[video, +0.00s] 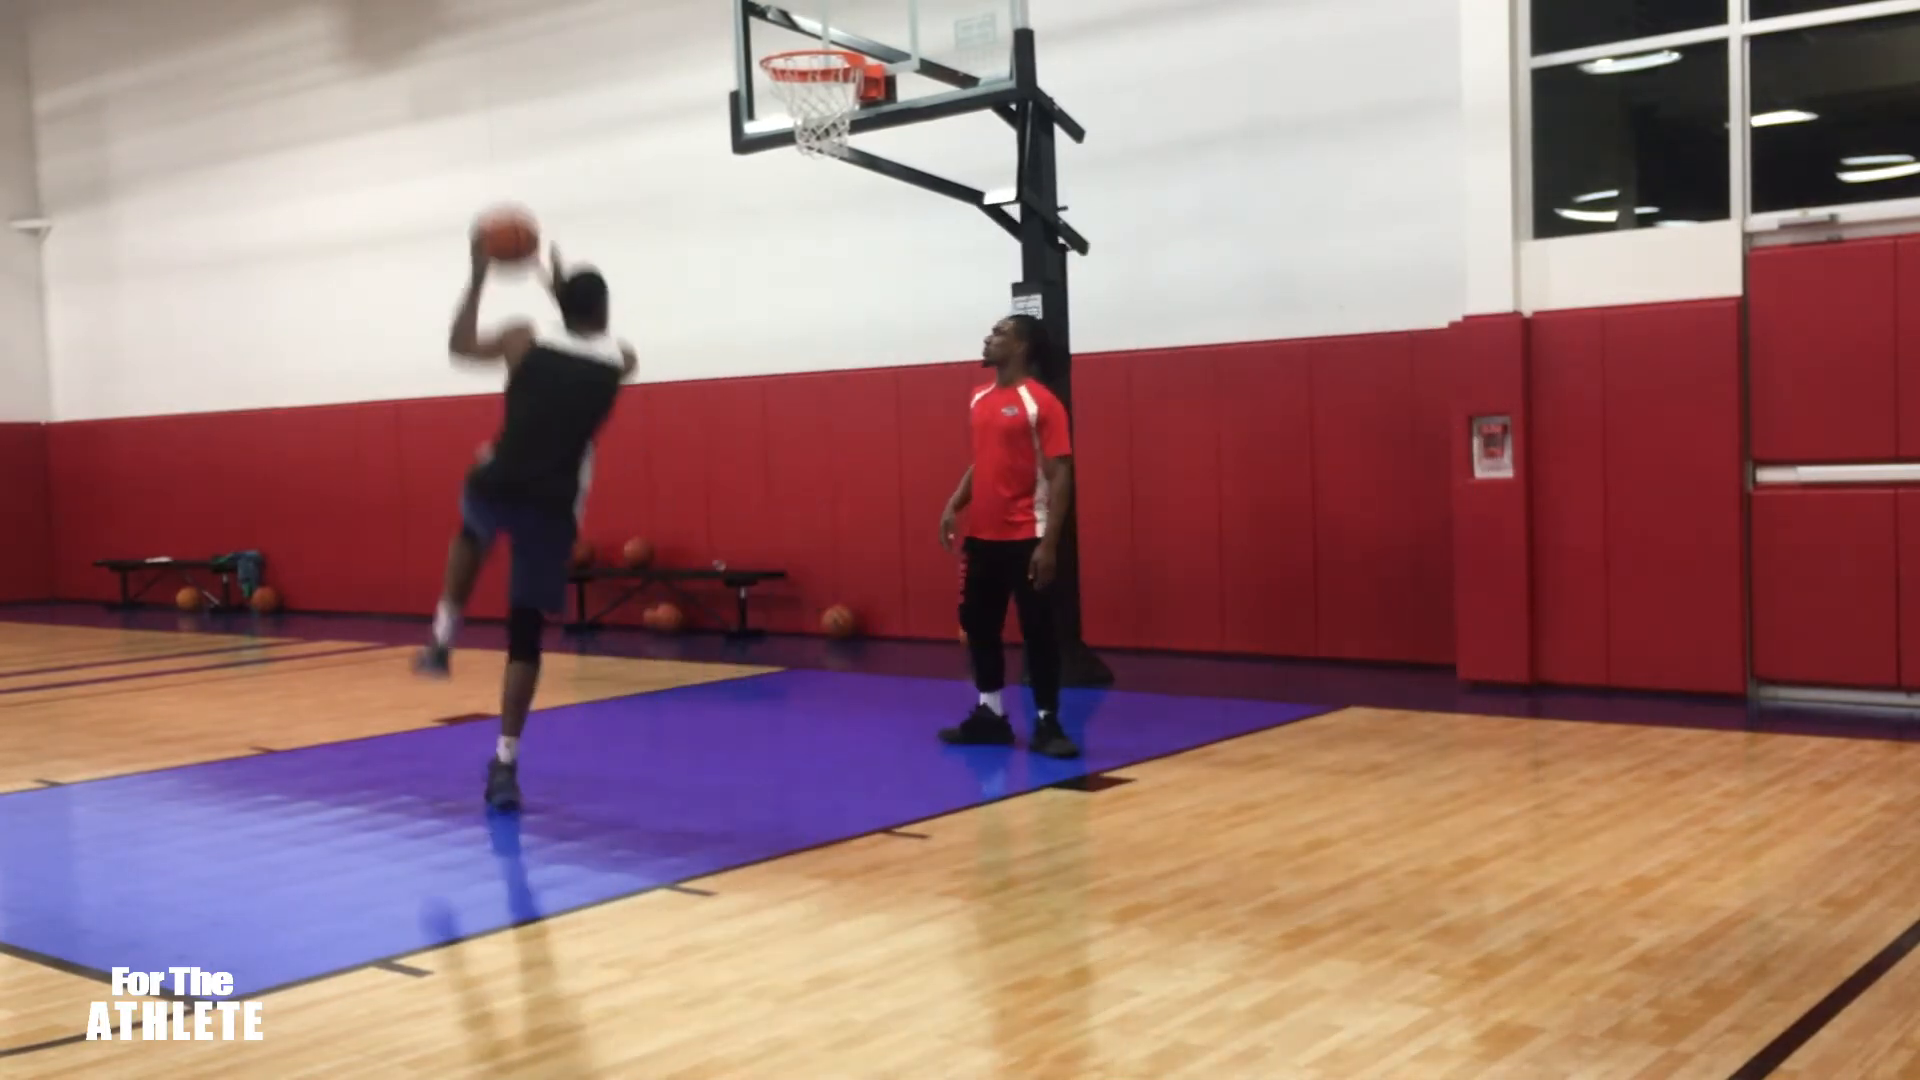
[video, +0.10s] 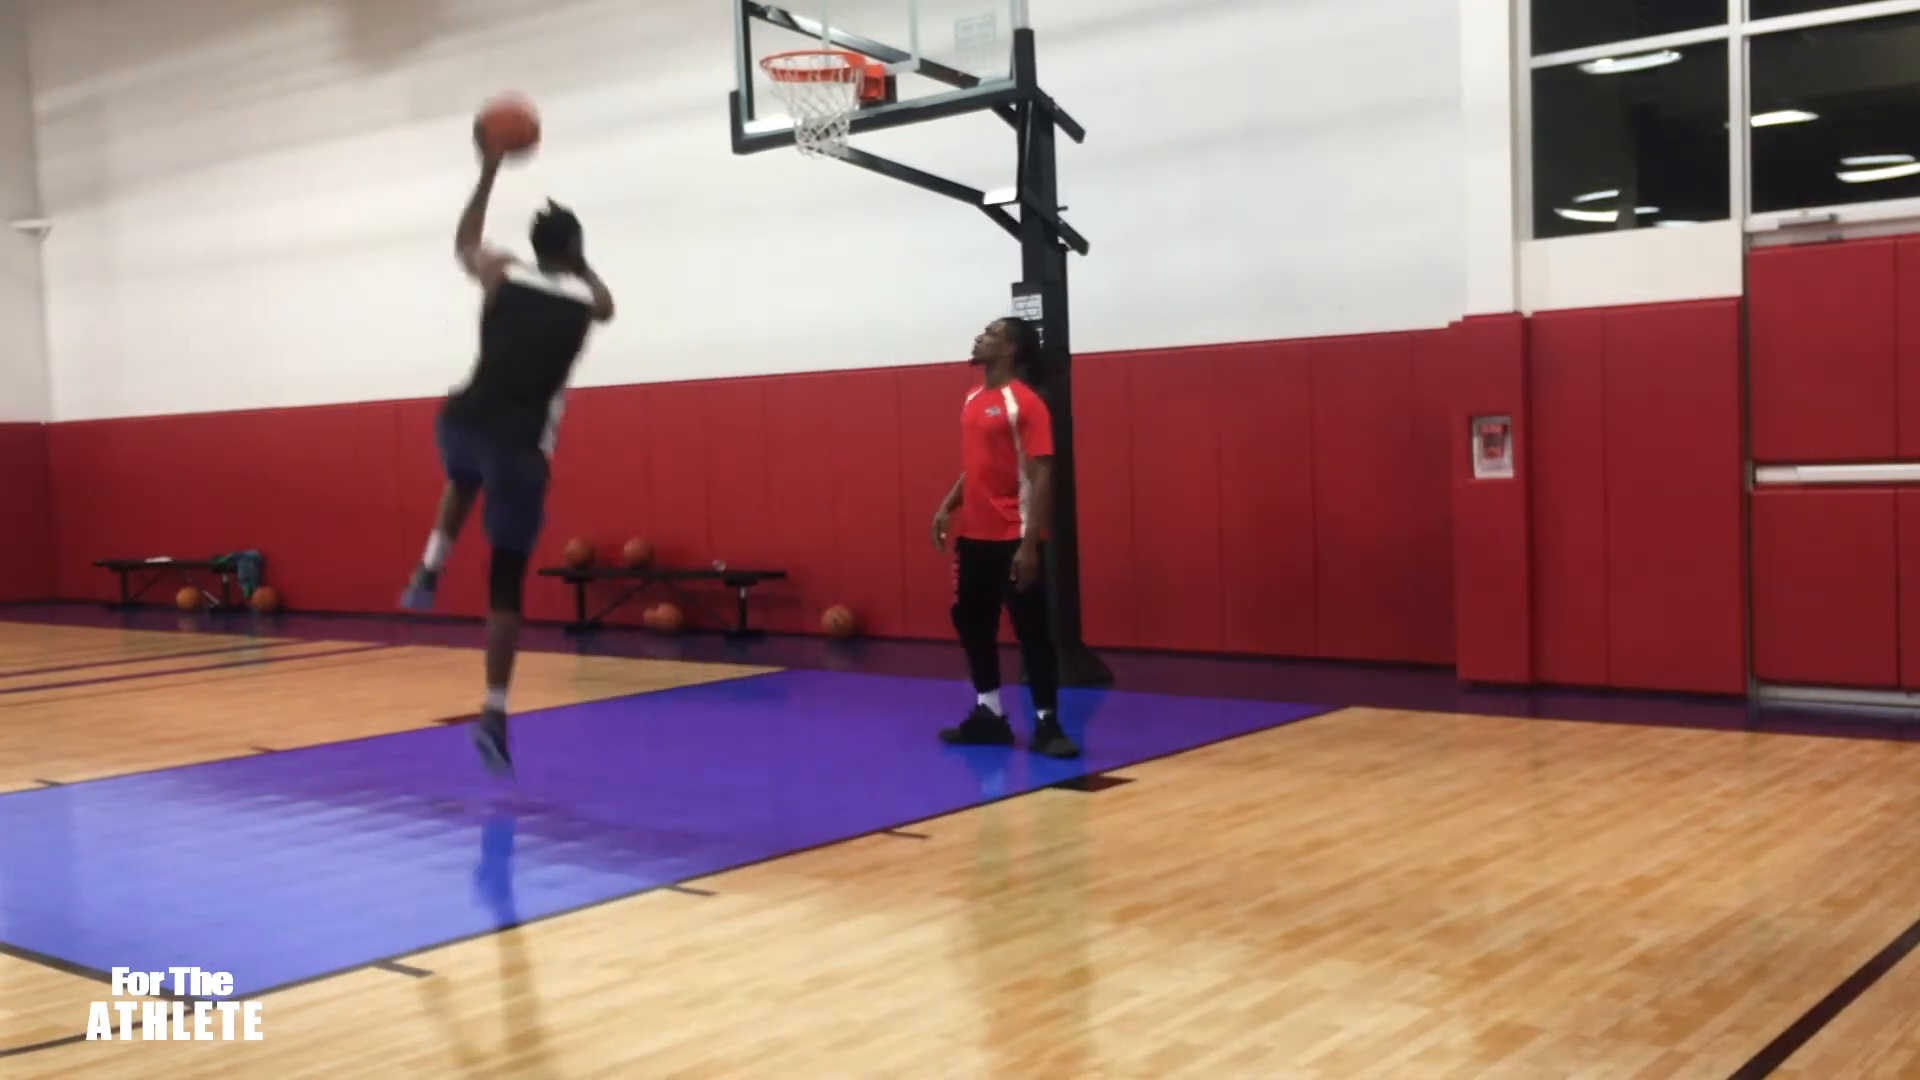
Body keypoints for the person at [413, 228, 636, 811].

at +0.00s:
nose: (582, 308)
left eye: (575, 298)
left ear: (564, 308)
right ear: (605, 310)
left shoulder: (524, 340)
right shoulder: (618, 364)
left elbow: (461, 345)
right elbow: (591, 335)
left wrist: (477, 274)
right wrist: (561, 289)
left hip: (494, 484)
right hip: (552, 502)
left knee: (470, 535)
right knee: (526, 633)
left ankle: (441, 639)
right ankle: (505, 763)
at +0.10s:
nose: (570, 252)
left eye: (551, 242)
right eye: (572, 247)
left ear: (532, 245)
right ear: (576, 252)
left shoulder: (500, 275)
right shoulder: (585, 304)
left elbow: (467, 242)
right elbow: (606, 307)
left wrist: (487, 171)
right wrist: (576, 264)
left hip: (463, 429)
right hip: (519, 451)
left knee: (464, 479)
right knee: (506, 587)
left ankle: (429, 567)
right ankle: (494, 707)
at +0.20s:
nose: (550, 204)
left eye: (534, 196)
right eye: (548, 198)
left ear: (501, 205)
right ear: (544, 211)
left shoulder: (476, 231)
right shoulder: (557, 258)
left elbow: (490, 160)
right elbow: (596, 297)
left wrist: (519, 92)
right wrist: (569, 251)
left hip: (440, 395)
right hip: (495, 411)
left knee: (468, 462)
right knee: (485, 544)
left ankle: (421, 549)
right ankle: (471, 669)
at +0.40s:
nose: (494, 188)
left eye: (487, 183)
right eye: (489, 187)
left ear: (452, 202)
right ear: (479, 203)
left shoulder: (439, 229)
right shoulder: (485, 262)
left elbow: (504, 168)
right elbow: (538, 335)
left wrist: (541, 101)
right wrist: (593, 346)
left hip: (416, 392)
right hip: (453, 405)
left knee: (449, 512)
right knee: (459, 522)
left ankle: (404, 625)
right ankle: (441, 650)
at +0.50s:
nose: (477, 234)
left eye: (472, 230)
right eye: (470, 233)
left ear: (439, 243)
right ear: (456, 246)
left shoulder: (434, 265)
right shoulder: (456, 299)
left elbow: (490, 207)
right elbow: (484, 375)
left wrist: (521, 145)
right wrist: (567, 412)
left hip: (415, 422)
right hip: (438, 433)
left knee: (431, 548)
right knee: (445, 554)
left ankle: (405, 669)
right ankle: (419, 682)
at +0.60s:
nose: (461, 305)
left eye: (458, 300)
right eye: (453, 301)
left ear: (435, 312)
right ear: (436, 313)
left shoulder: (446, 333)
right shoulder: (429, 360)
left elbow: (476, 268)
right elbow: (433, 432)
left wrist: (495, 204)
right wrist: (491, 469)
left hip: (433, 496)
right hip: (416, 500)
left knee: (431, 617)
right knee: (430, 618)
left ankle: (391, 724)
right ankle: (385, 728)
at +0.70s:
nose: (457, 336)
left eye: (451, 330)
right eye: (447, 334)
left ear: (433, 350)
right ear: (431, 351)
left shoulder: (448, 382)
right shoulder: (415, 410)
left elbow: (474, 313)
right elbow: (389, 471)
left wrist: (492, 247)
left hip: (434, 542)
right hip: (416, 545)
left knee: (444, 634)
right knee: (466, 634)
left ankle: (385, 733)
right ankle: (392, 730)